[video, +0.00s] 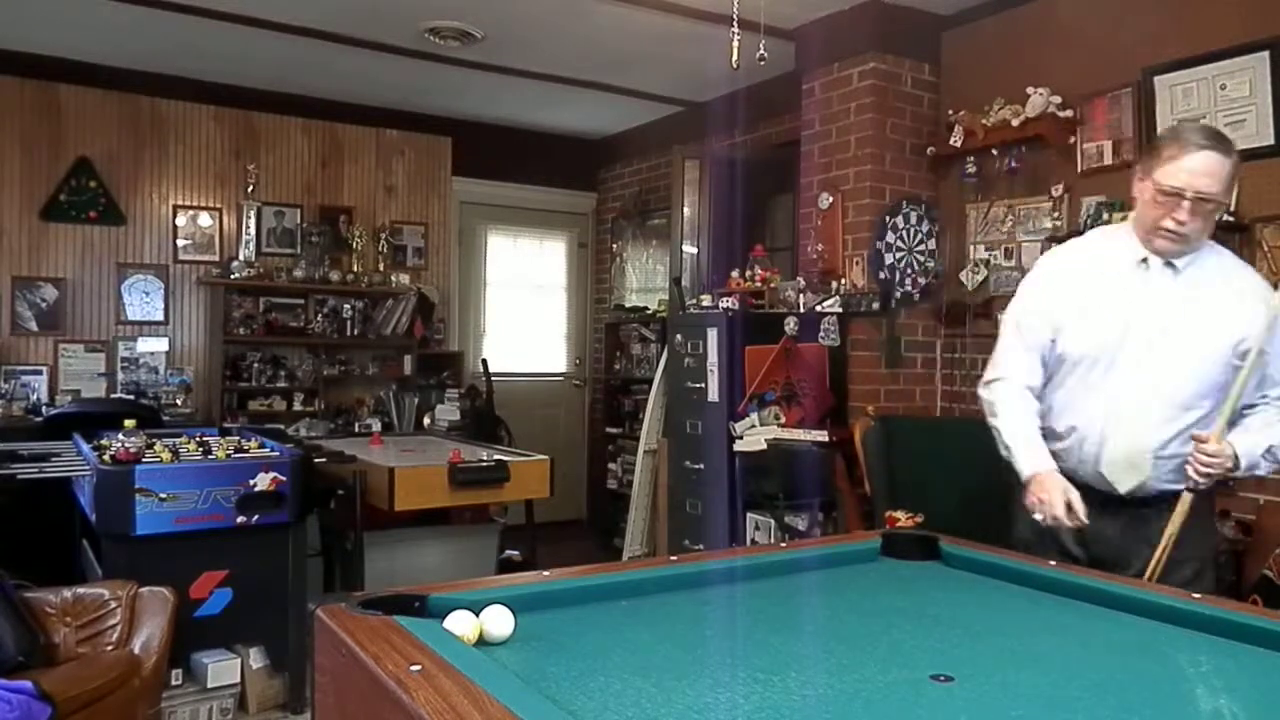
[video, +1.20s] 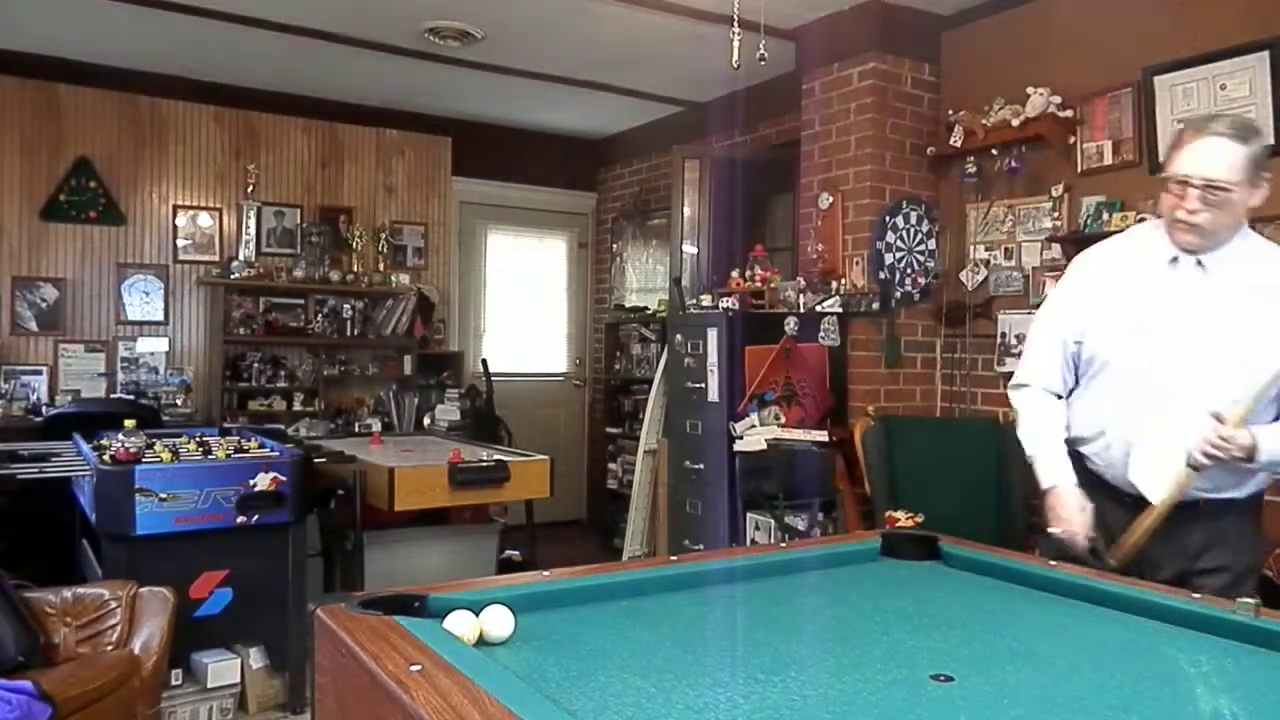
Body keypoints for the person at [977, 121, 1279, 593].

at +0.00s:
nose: (1181, 217)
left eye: (1203, 204)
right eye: (1170, 195)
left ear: (1224, 209)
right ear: (1138, 185)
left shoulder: (1251, 299)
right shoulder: (1065, 268)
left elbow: (1271, 407)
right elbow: (1007, 380)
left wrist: (1236, 452)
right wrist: (1037, 472)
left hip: (1174, 527)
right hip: (1060, 515)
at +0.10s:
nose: (1209, 223)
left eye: (1230, 209)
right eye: (1197, 201)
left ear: (1248, 213)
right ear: (1163, 188)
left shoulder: (1265, 296)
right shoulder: (1085, 268)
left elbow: (1274, 414)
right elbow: (1029, 388)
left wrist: (1251, 454)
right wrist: (1064, 489)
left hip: (1196, 525)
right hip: (1080, 514)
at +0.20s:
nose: (1227, 231)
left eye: (1249, 217)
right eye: (1214, 207)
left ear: (1266, 220)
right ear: (1178, 192)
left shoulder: (1271, 294)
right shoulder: (1100, 271)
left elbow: (1276, 418)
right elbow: (1052, 397)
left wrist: (1264, 457)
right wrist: (1091, 505)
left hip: (1203, 524)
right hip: (1083, 516)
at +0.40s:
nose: (1252, 251)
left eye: (1271, 237)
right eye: (1240, 227)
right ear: (1202, 207)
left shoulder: (1273, 293)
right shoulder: (1119, 282)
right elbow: (1094, 421)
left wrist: (1266, 461)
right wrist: (1148, 530)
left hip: (1211, 526)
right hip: (1091, 510)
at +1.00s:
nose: (1254, 228)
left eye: (1274, 215)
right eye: (1242, 204)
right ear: (1209, 189)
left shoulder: (1272, 285)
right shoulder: (1123, 270)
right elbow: (1050, 397)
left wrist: (1269, 458)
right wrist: (1115, 494)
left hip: (1222, 527)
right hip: (1096, 516)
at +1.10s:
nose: (1223, 214)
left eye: (1248, 202)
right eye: (1211, 194)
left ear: (1275, 212)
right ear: (1187, 187)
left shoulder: (1274, 280)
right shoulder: (1114, 266)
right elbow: (1040, 387)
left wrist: (1272, 455)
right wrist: (1083, 488)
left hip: (1224, 529)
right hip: (1105, 519)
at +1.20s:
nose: (1189, 204)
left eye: (1214, 191)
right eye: (1177, 185)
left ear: (1258, 193)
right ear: (1160, 183)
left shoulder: (1271, 277)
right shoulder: (1100, 268)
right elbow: (1035, 385)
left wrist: (1258, 446)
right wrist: (1059, 486)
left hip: (1219, 530)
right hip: (1098, 520)